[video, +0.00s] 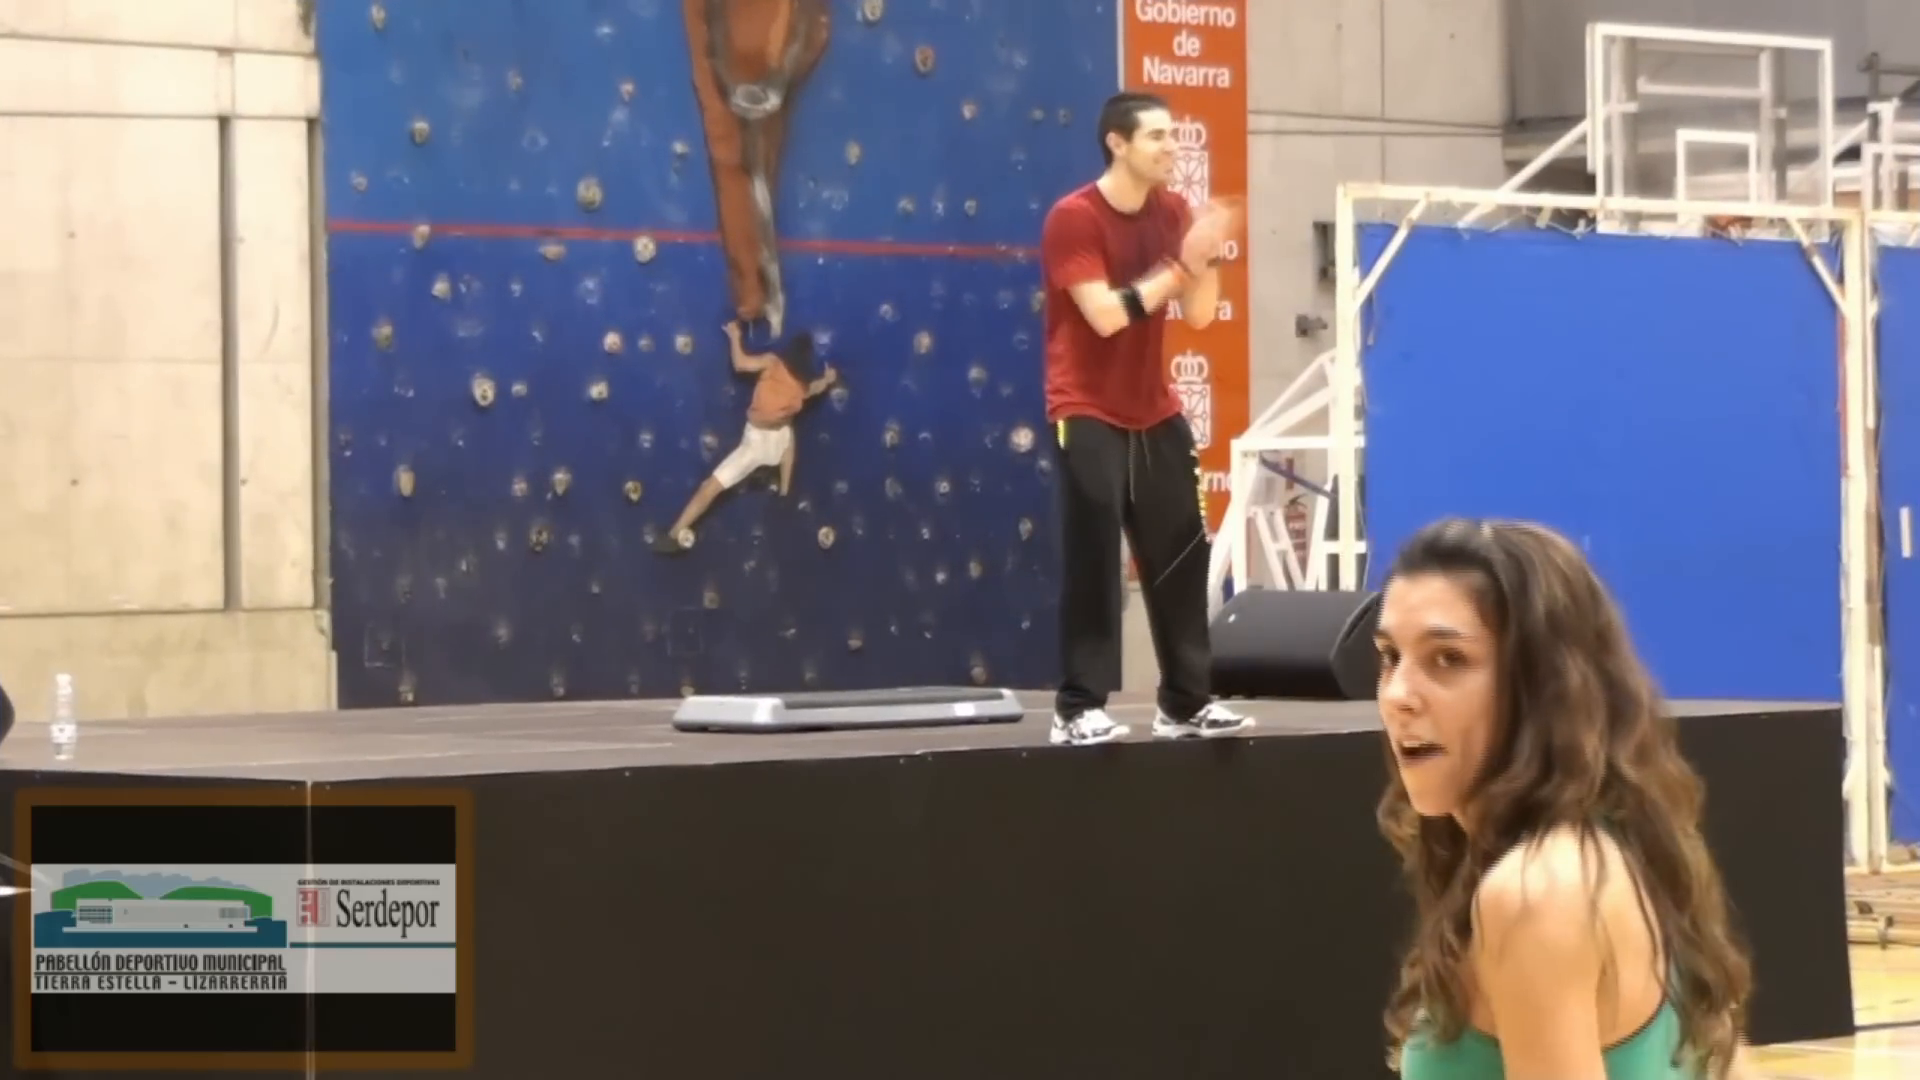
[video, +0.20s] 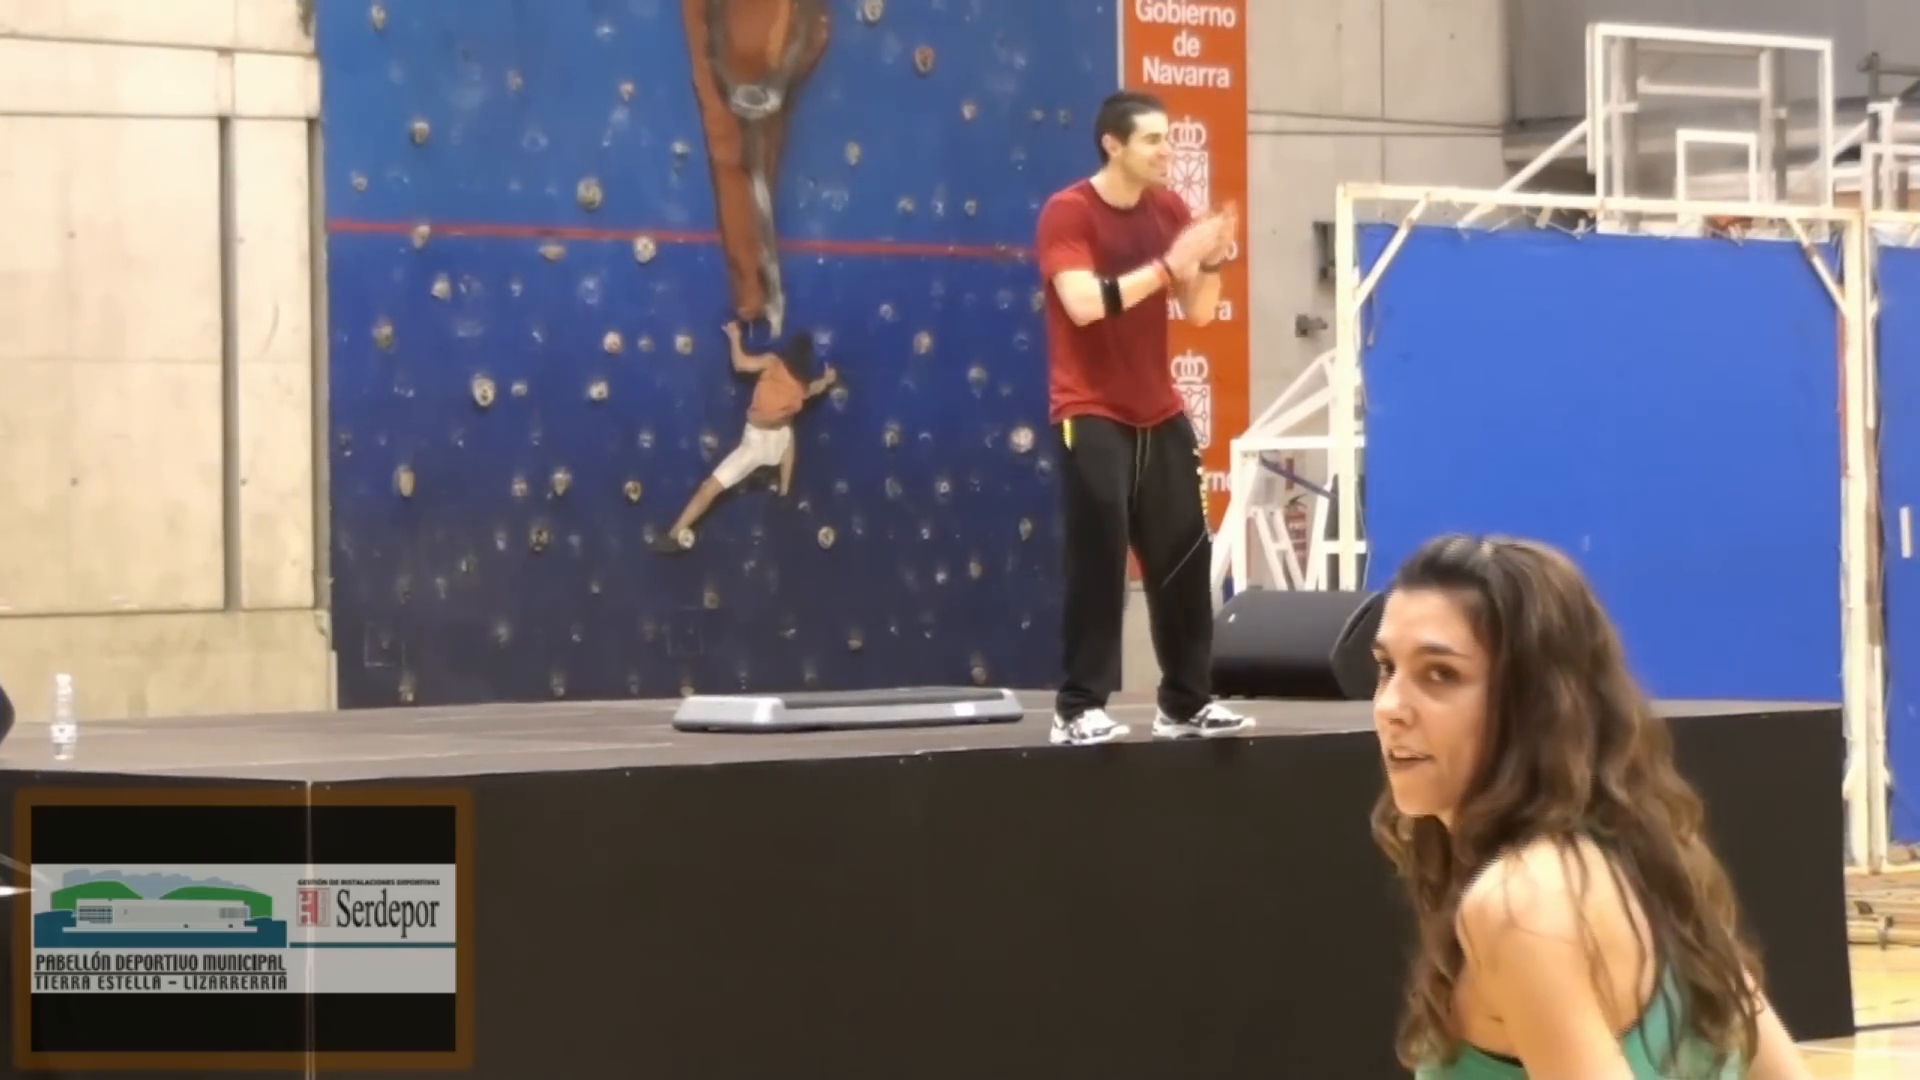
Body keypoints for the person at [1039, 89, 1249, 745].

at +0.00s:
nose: (1170, 147)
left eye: (1172, 136)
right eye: (1157, 136)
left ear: (1170, 144)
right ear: (1118, 143)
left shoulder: (1171, 214)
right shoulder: (1073, 217)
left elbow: (1198, 314)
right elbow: (1106, 316)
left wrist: (1206, 250)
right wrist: (1184, 264)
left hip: (1154, 406)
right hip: (1087, 408)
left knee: (1180, 550)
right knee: (1095, 551)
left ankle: (1187, 701)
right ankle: (1081, 705)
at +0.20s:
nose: (1163, 152)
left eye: (1166, 140)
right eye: (1151, 141)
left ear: (1164, 145)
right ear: (1112, 145)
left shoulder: (1168, 211)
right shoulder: (1067, 211)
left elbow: (1198, 311)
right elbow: (1083, 304)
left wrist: (1212, 255)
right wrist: (1174, 263)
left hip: (1158, 408)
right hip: (1090, 409)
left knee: (1183, 553)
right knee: (1099, 552)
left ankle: (1187, 701)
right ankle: (1081, 706)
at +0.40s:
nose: (1172, 148)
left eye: (1174, 137)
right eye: (1160, 138)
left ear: (1169, 144)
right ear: (1121, 143)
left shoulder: (1172, 211)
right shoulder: (1074, 214)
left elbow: (1198, 313)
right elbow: (1103, 319)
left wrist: (1217, 253)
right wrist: (1168, 269)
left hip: (1152, 405)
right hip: (1085, 405)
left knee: (1177, 548)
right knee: (1093, 549)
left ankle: (1187, 698)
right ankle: (1081, 704)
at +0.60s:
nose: (1164, 147)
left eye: (1166, 135)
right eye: (1150, 136)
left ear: (1163, 142)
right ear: (1111, 143)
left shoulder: (1171, 209)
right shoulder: (1066, 213)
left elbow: (1218, 299)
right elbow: (1080, 314)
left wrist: (1218, 249)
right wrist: (1168, 279)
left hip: (1165, 406)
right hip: (1095, 408)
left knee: (1187, 550)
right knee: (1105, 548)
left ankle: (1189, 700)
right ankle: (1083, 705)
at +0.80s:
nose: (1165, 155)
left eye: (1169, 143)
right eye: (1153, 143)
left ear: (1170, 146)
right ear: (1113, 143)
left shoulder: (1181, 202)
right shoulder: (1071, 207)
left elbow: (1250, 251)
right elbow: (1054, 305)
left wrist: (1265, 173)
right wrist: (1151, 286)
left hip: (1161, 404)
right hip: (1088, 403)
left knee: (1180, 549)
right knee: (1093, 548)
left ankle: (1187, 700)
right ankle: (1081, 704)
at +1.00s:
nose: (1168, 140)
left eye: (1169, 129)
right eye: (1154, 130)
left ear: (1166, 138)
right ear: (1115, 138)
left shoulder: (1181, 205)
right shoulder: (1069, 204)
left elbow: (1216, 288)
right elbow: (1038, 285)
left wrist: (1234, 299)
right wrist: (1093, 216)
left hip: (1166, 403)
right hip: (1092, 401)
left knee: (1181, 550)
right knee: (1096, 548)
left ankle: (1189, 699)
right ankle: (1082, 703)